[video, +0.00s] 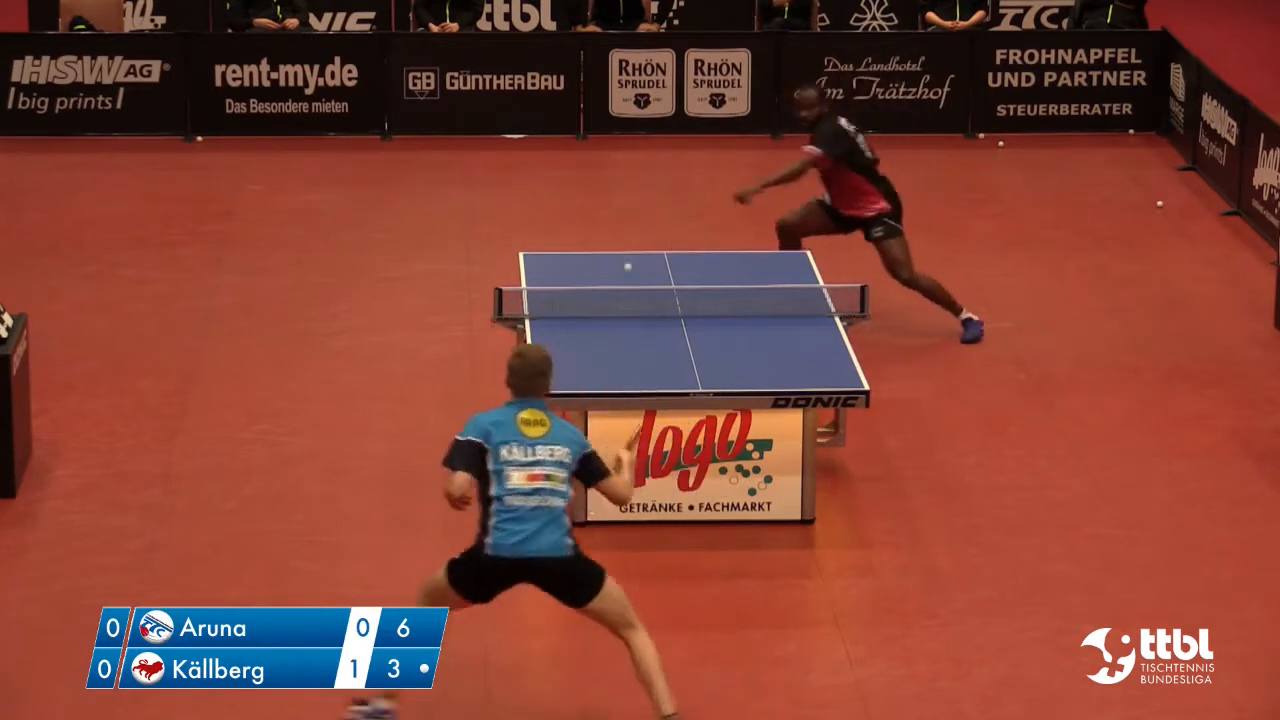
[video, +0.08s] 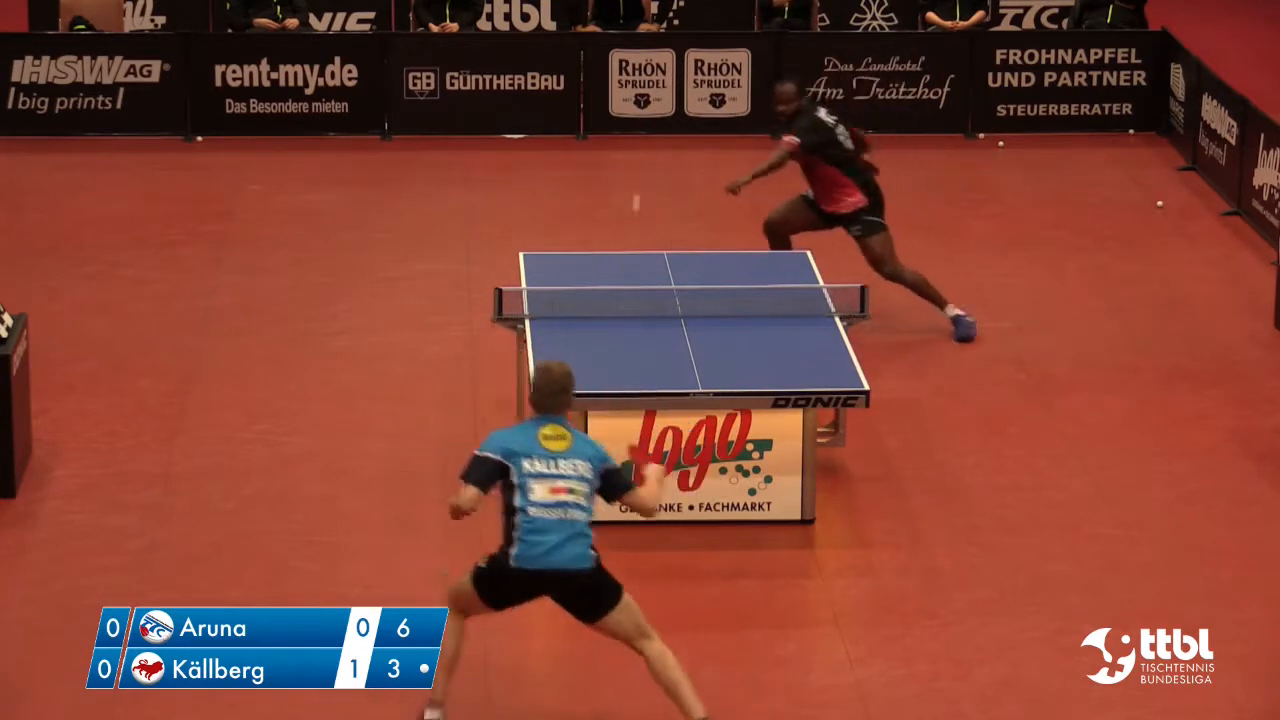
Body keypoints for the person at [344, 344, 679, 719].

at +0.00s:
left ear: (508, 383)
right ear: (549, 385)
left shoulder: (484, 425)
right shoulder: (569, 435)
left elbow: (459, 489)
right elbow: (621, 496)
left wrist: (459, 495)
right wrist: (625, 466)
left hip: (495, 557)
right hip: (558, 558)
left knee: (426, 601)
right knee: (630, 629)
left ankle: (381, 694)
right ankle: (669, 711)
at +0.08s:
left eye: (532, 388)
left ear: (530, 397)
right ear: (570, 401)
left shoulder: (505, 441)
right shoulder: (590, 449)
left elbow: (466, 501)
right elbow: (646, 506)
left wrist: (458, 507)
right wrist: (655, 478)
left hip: (520, 567)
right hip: (579, 571)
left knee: (456, 605)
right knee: (645, 639)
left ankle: (434, 706)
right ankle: (698, 714)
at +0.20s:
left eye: (582, 413)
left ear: (581, 419)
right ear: (621, 420)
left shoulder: (553, 460)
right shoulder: (641, 471)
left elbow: (499, 501)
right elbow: (700, 516)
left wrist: (491, 484)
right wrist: (704, 495)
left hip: (561, 591)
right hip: (623, 593)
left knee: (500, 633)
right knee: (698, 632)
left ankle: (444, 712)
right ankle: (720, 713)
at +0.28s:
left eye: (629, 406)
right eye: (655, 409)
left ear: (620, 414)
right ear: (660, 418)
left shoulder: (593, 453)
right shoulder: (680, 466)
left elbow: (532, 491)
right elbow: (735, 521)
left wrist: (540, 484)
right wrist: (729, 498)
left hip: (597, 584)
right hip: (656, 586)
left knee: (521, 640)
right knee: (751, 614)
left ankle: (458, 715)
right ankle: (759, 711)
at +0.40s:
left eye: (685, 419)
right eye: (711, 421)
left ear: (679, 425)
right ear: (718, 429)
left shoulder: (645, 463)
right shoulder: (730, 480)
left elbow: (585, 509)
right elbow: (773, 551)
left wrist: (618, 523)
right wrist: (793, 544)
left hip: (645, 597)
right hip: (707, 602)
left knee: (565, 634)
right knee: (786, 665)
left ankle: (549, 714)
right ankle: (841, 717)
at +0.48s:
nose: (764, 452)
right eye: (764, 446)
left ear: (719, 447)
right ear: (760, 454)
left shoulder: (684, 484)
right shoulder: (764, 501)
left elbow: (648, 549)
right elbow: (798, 579)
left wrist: (687, 542)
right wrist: (839, 586)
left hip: (673, 617)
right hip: (733, 619)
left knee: (603, 675)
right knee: (814, 676)